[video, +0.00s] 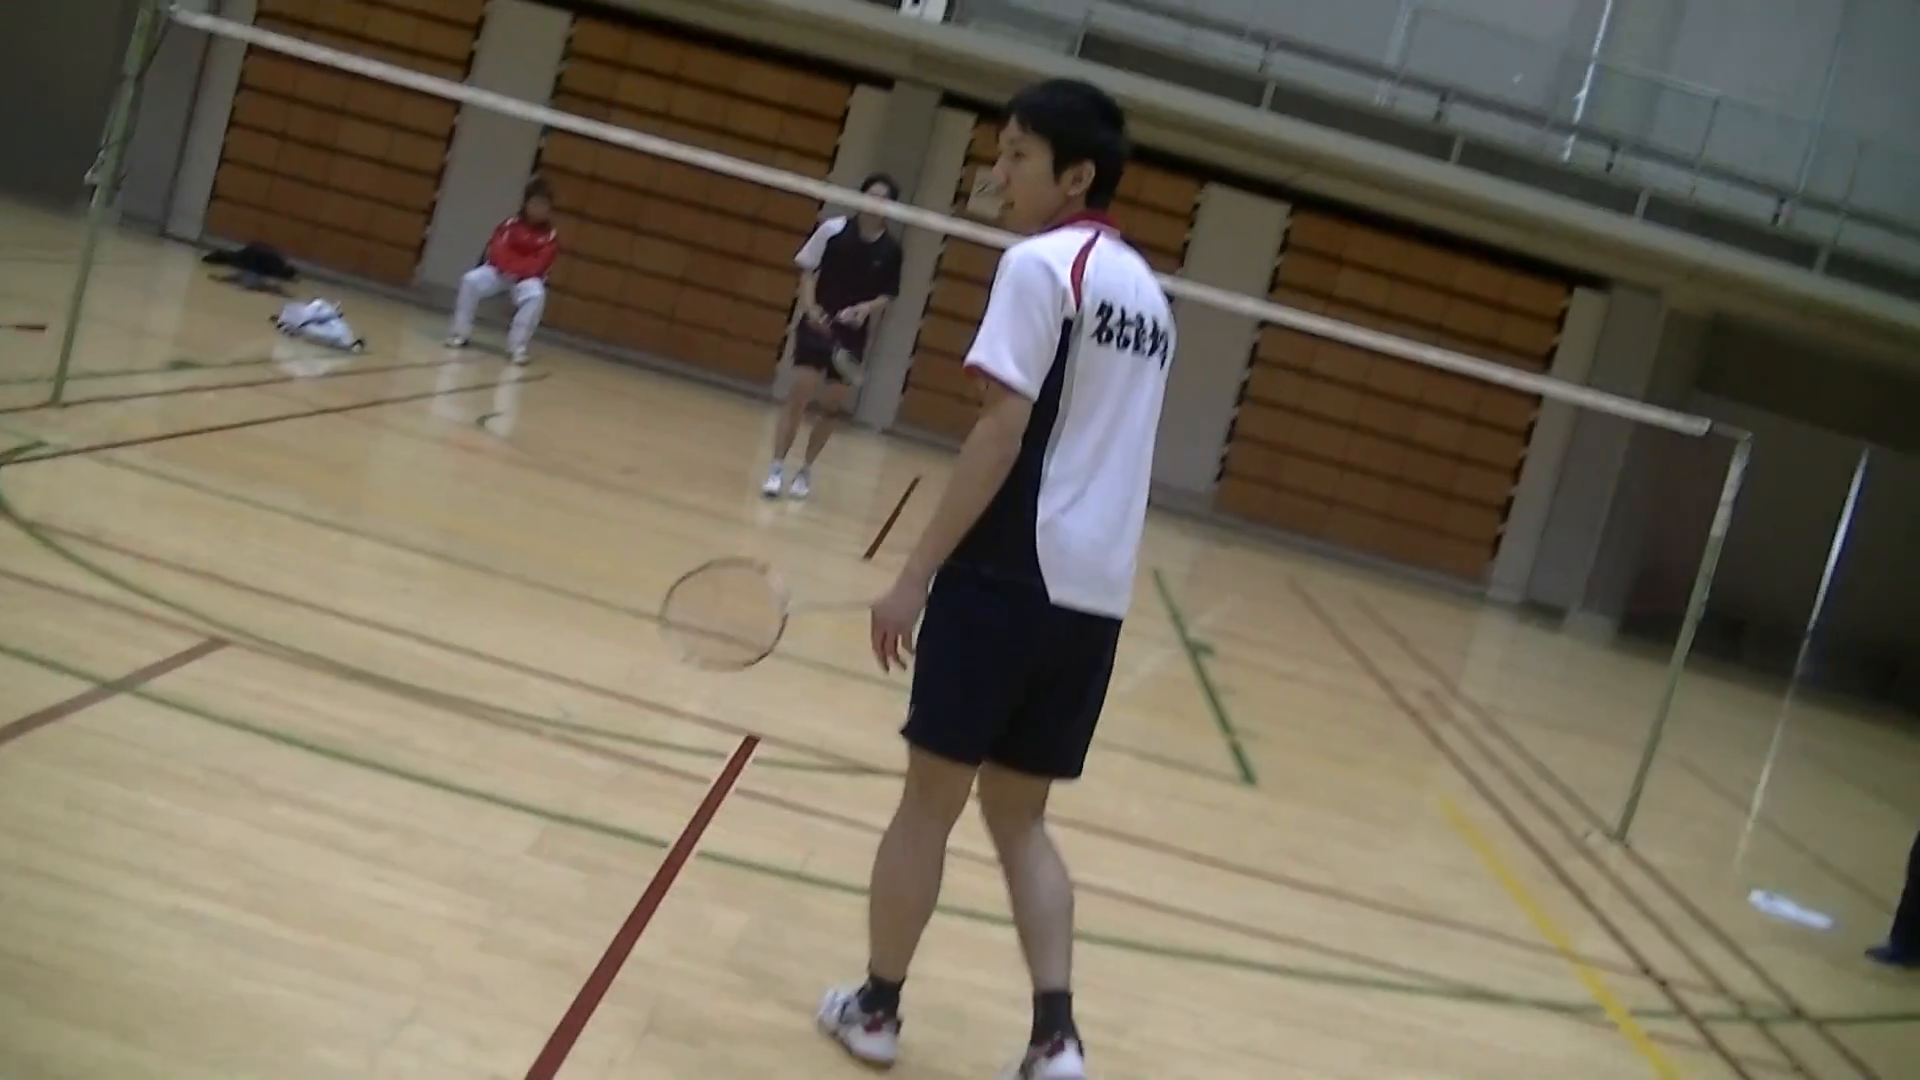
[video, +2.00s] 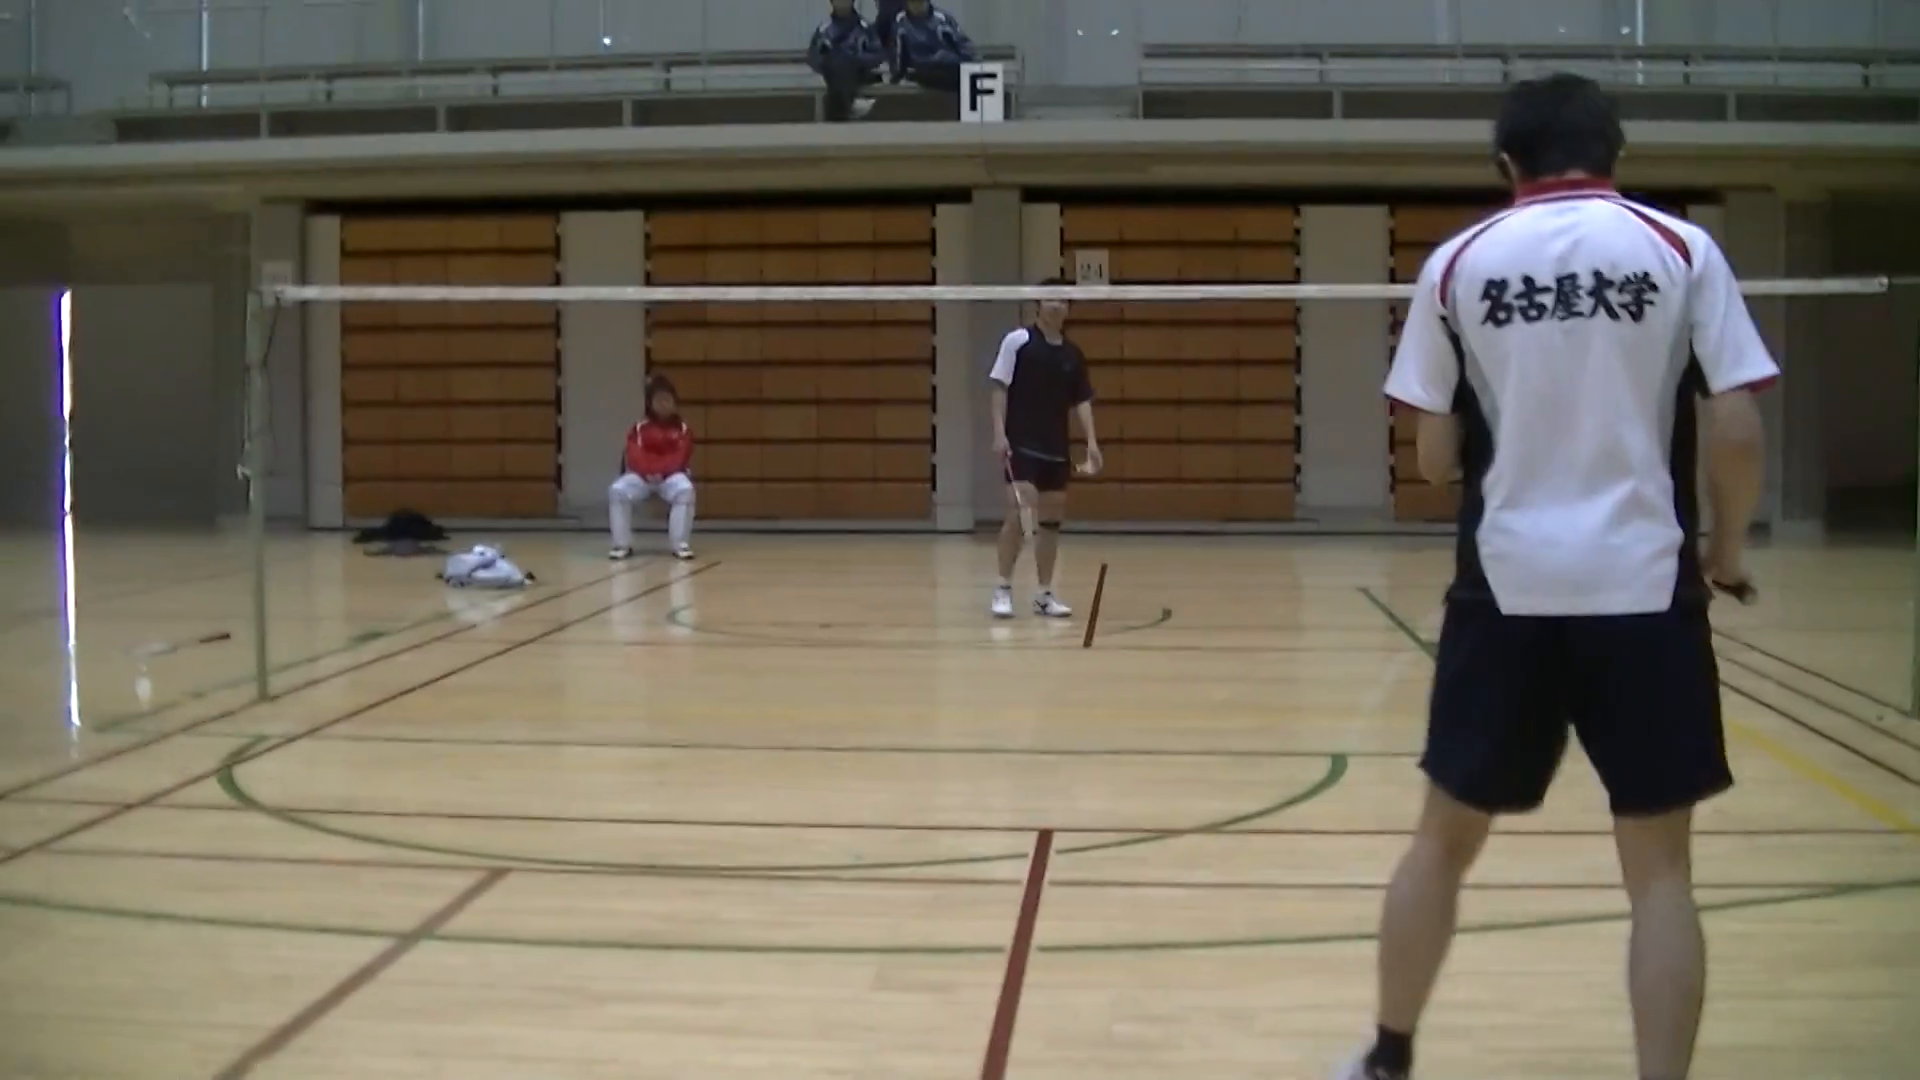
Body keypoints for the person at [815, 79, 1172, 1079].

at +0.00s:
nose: (998, 174)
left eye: (1017, 157)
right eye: (1001, 154)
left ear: (1081, 174)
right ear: (1089, 179)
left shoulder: (1041, 266)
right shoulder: (1150, 293)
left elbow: (1000, 433)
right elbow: (1119, 462)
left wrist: (914, 570)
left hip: (997, 588)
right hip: (1091, 609)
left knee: (928, 805)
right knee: (1020, 815)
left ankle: (878, 1004)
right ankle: (1056, 1037)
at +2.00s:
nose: (1506, 173)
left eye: (1503, 159)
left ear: (1508, 165)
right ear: (1613, 158)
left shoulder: (1458, 264)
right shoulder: (1686, 250)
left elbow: (1437, 458)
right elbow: (1735, 429)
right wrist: (1726, 550)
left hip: (1505, 604)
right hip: (1645, 606)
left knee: (1440, 842)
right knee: (1659, 872)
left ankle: (1388, 1058)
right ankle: (1663, 1078)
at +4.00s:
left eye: (1486, 238)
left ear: (1487, 248)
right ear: (1584, 234)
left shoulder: (1450, 347)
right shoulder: (1649, 321)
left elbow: (1364, 486)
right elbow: (1780, 424)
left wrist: (1409, 419)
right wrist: (1815, 411)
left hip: (1501, 636)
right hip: (1624, 629)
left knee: (1531, 849)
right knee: (1649, 883)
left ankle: (1526, 1061)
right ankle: (1637, 1075)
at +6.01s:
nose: (1477, 365)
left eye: (1481, 353)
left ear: (1486, 365)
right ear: (1555, 374)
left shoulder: (1472, 415)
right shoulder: (1574, 458)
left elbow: (1357, 420)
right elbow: (1585, 543)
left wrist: (1230, 403)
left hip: (1464, 649)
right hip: (1541, 666)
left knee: (1424, 848)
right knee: (1474, 755)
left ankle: (1460, 952)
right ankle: (1476, 902)